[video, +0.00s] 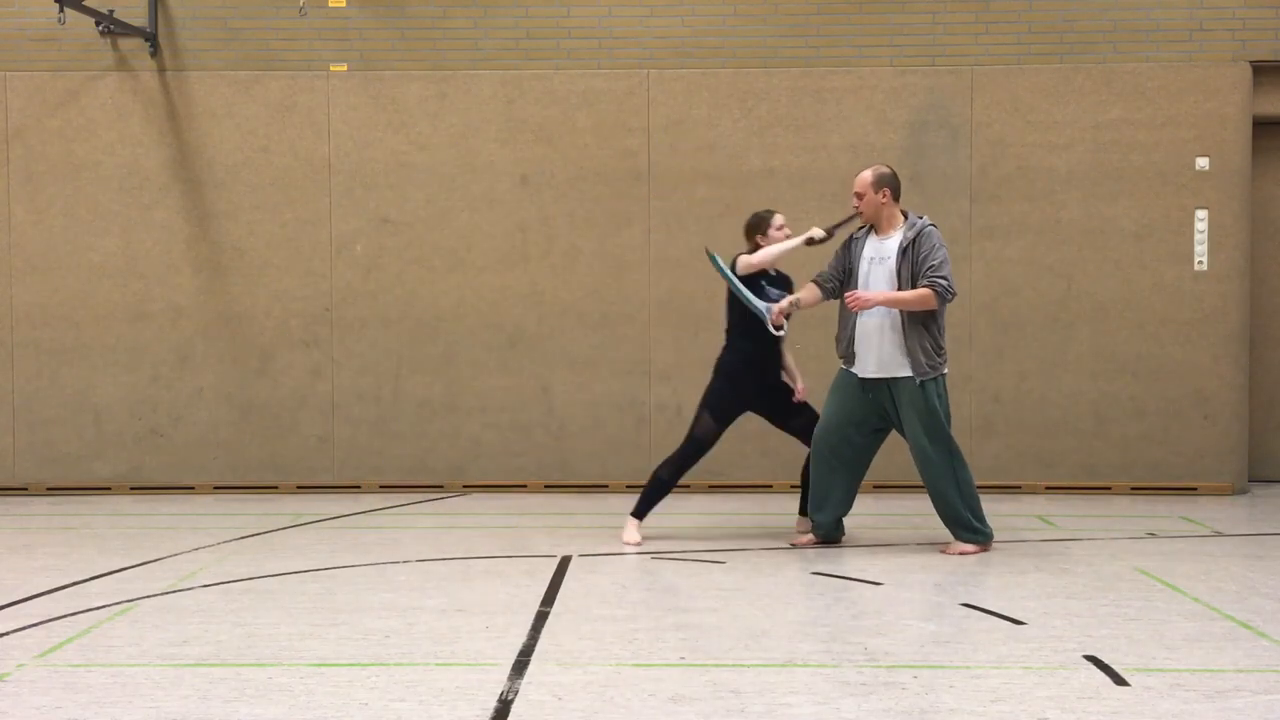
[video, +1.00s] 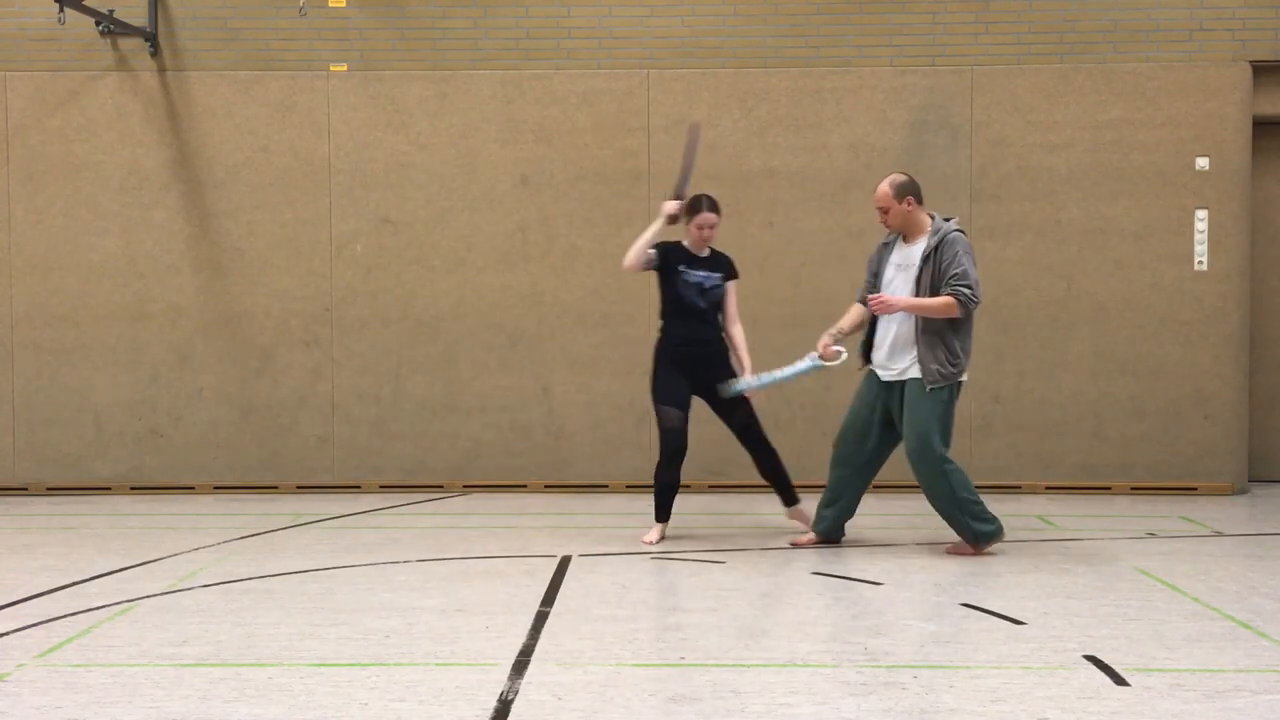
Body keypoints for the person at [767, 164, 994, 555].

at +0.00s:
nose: (855, 204)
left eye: (860, 196)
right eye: (854, 196)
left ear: (885, 196)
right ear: (879, 197)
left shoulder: (923, 235)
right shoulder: (856, 242)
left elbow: (939, 293)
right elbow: (827, 282)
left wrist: (878, 297)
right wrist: (792, 301)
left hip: (913, 373)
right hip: (860, 373)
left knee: (935, 453)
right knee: (829, 441)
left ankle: (975, 535)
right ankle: (826, 529)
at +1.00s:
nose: (879, 218)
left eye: (884, 210)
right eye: (878, 210)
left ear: (909, 205)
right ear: (900, 206)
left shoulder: (950, 242)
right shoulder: (886, 249)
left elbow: (961, 303)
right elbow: (865, 302)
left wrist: (901, 303)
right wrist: (833, 333)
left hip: (930, 373)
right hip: (885, 372)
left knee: (925, 453)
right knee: (851, 445)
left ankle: (982, 531)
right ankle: (828, 529)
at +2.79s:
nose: (1057, 205)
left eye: (1061, 197)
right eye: (1057, 198)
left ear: (1085, 195)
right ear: (1091, 195)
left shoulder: (1091, 235)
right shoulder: (1121, 230)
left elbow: (1033, 265)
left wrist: (1042, 225)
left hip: (1086, 370)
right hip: (1125, 368)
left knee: (1040, 444)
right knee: (1131, 450)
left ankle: (1017, 537)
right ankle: (1172, 534)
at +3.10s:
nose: (1052, 205)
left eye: (1056, 197)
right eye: (1052, 198)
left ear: (1081, 195)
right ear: (1087, 196)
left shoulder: (1085, 237)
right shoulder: (1117, 230)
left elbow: (1029, 270)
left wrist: (1036, 227)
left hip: (1085, 370)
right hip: (1125, 368)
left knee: (1040, 443)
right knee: (1131, 450)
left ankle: (1016, 537)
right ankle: (1172, 534)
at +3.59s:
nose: (992, 201)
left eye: (997, 193)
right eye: (992, 193)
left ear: (1021, 195)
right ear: (1031, 194)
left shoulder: (1018, 238)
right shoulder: (1054, 229)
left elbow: (971, 279)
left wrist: (967, 243)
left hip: (1020, 371)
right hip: (1061, 368)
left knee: (979, 442)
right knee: (1059, 435)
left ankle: (1003, 536)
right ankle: (1132, 508)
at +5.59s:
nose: (1005, 213)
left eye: (1009, 205)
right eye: (1005, 206)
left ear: (1031, 206)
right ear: (1035, 207)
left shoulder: (1048, 247)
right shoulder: (1058, 242)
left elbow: (1001, 288)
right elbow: (1025, 314)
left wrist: (990, 252)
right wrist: (977, 335)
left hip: (1064, 377)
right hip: (1090, 373)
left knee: (1000, 440)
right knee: (1101, 450)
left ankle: (1004, 538)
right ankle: (1178, 518)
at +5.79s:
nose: (1003, 215)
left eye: (1007, 208)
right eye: (1003, 208)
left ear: (1028, 206)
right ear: (1033, 207)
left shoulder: (1045, 243)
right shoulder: (1057, 240)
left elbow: (1000, 284)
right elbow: (1031, 316)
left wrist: (989, 254)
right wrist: (979, 337)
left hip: (1075, 372)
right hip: (1102, 367)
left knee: (1006, 438)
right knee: (1095, 447)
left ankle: (1005, 538)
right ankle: (1176, 520)